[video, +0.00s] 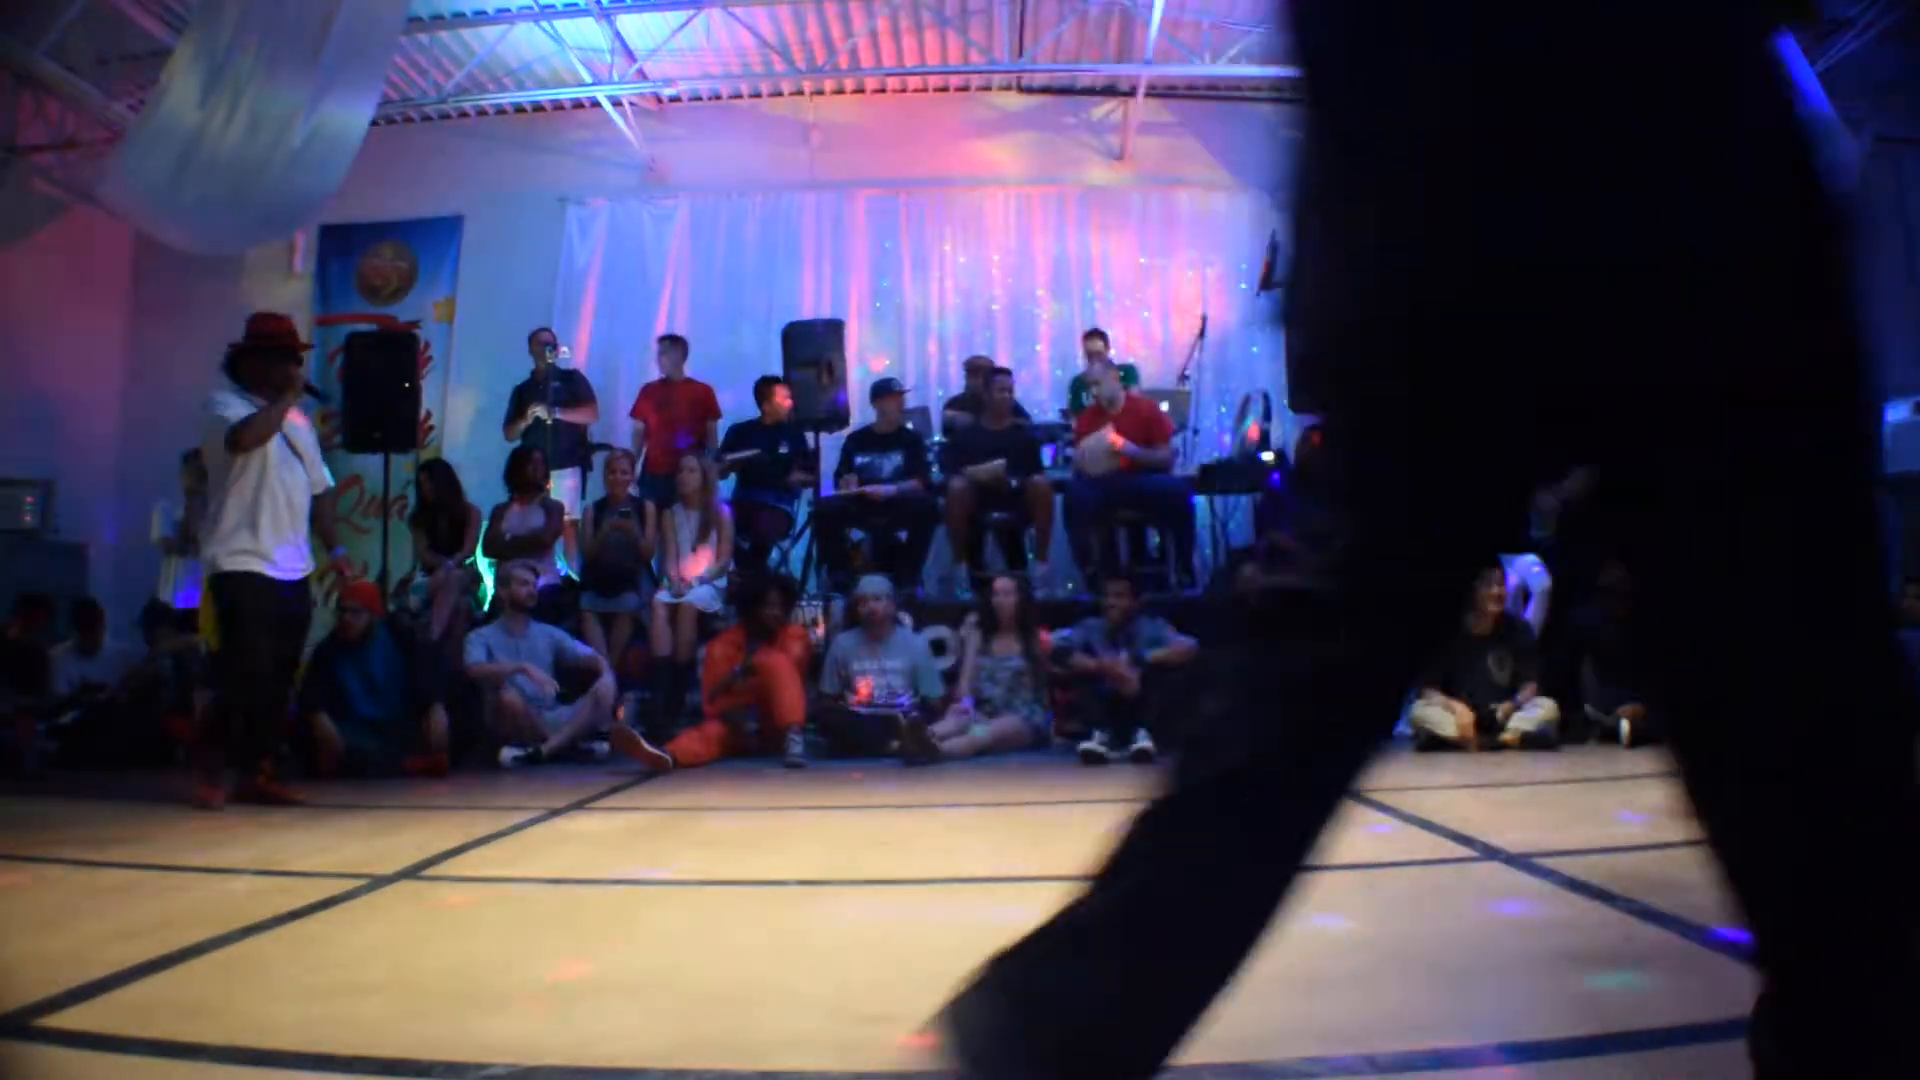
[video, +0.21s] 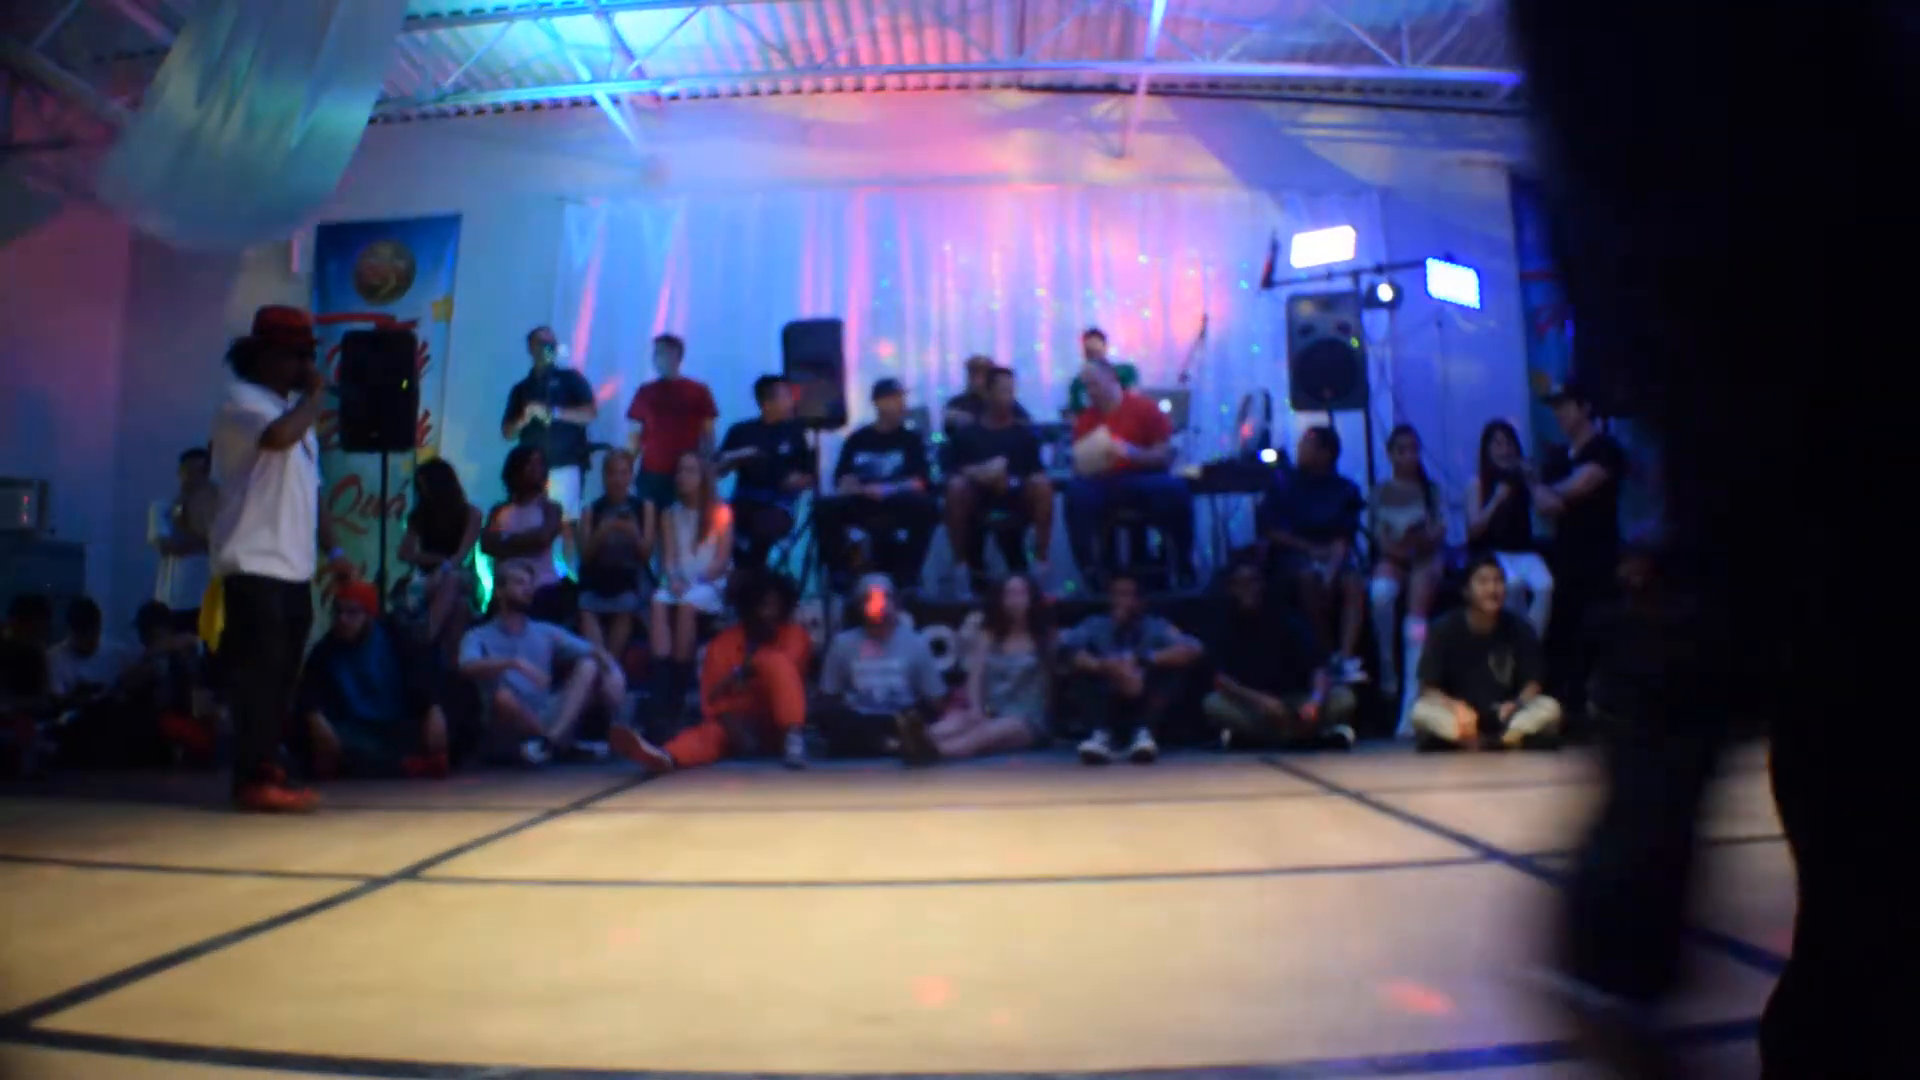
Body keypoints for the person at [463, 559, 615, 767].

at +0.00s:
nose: (532, 590)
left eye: (534, 585)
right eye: (524, 584)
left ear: (537, 589)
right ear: (503, 592)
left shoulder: (548, 634)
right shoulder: (480, 637)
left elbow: (592, 658)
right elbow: (475, 670)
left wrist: (607, 678)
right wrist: (523, 668)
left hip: (553, 713)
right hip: (512, 719)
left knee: (604, 689)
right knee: (509, 698)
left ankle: (545, 750)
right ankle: (562, 747)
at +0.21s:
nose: (527, 589)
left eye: (529, 584)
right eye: (519, 583)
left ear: (533, 589)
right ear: (500, 589)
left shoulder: (544, 632)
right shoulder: (478, 636)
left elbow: (591, 649)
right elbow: (468, 667)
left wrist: (612, 672)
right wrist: (515, 664)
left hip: (548, 710)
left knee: (588, 667)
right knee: (503, 696)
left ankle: (550, 741)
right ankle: (564, 744)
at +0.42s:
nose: (530, 590)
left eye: (532, 585)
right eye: (521, 584)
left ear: (537, 591)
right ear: (502, 592)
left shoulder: (551, 635)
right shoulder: (482, 638)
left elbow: (593, 661)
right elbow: (468, 669)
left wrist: (624, 688)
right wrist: (504, 674)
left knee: (579, 665)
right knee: (513, 682)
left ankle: (583, 737)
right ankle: (559, 739)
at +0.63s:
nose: (539, 595)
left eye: (540, 589)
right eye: (530, 589)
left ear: (543, 593)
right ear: (510, 597)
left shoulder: (556, 636)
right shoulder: (492, 639)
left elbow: (599, 667)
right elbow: (474, 669)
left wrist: (630, 703)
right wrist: (512, 684)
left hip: (558, 722)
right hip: (515, 728)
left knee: (582, 670)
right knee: (514, 688)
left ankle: (594, 742)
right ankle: (565, 741)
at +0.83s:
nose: (536, 596)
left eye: (539, 590)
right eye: (527, 590)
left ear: (544, 594)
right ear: (510, 595)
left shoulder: (558, 637)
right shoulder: (492, 638)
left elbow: (597, 668)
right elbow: (474, 666)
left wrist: (628, 701)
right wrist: (513, 680)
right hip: (516, 729)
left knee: (586, 672)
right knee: (510, 690)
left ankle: (600, 741)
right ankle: (560, 739)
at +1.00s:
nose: (531, 596)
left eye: (536, 589)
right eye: (522, 590)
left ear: (541, 594)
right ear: (506, 597)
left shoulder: (556, 637)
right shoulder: (489, 639)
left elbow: (596, 665)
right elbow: (475, 667)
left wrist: (631, 700)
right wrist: (523, 678)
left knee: (584, 670)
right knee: (509, 683)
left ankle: (596, 742)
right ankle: (557, 738)